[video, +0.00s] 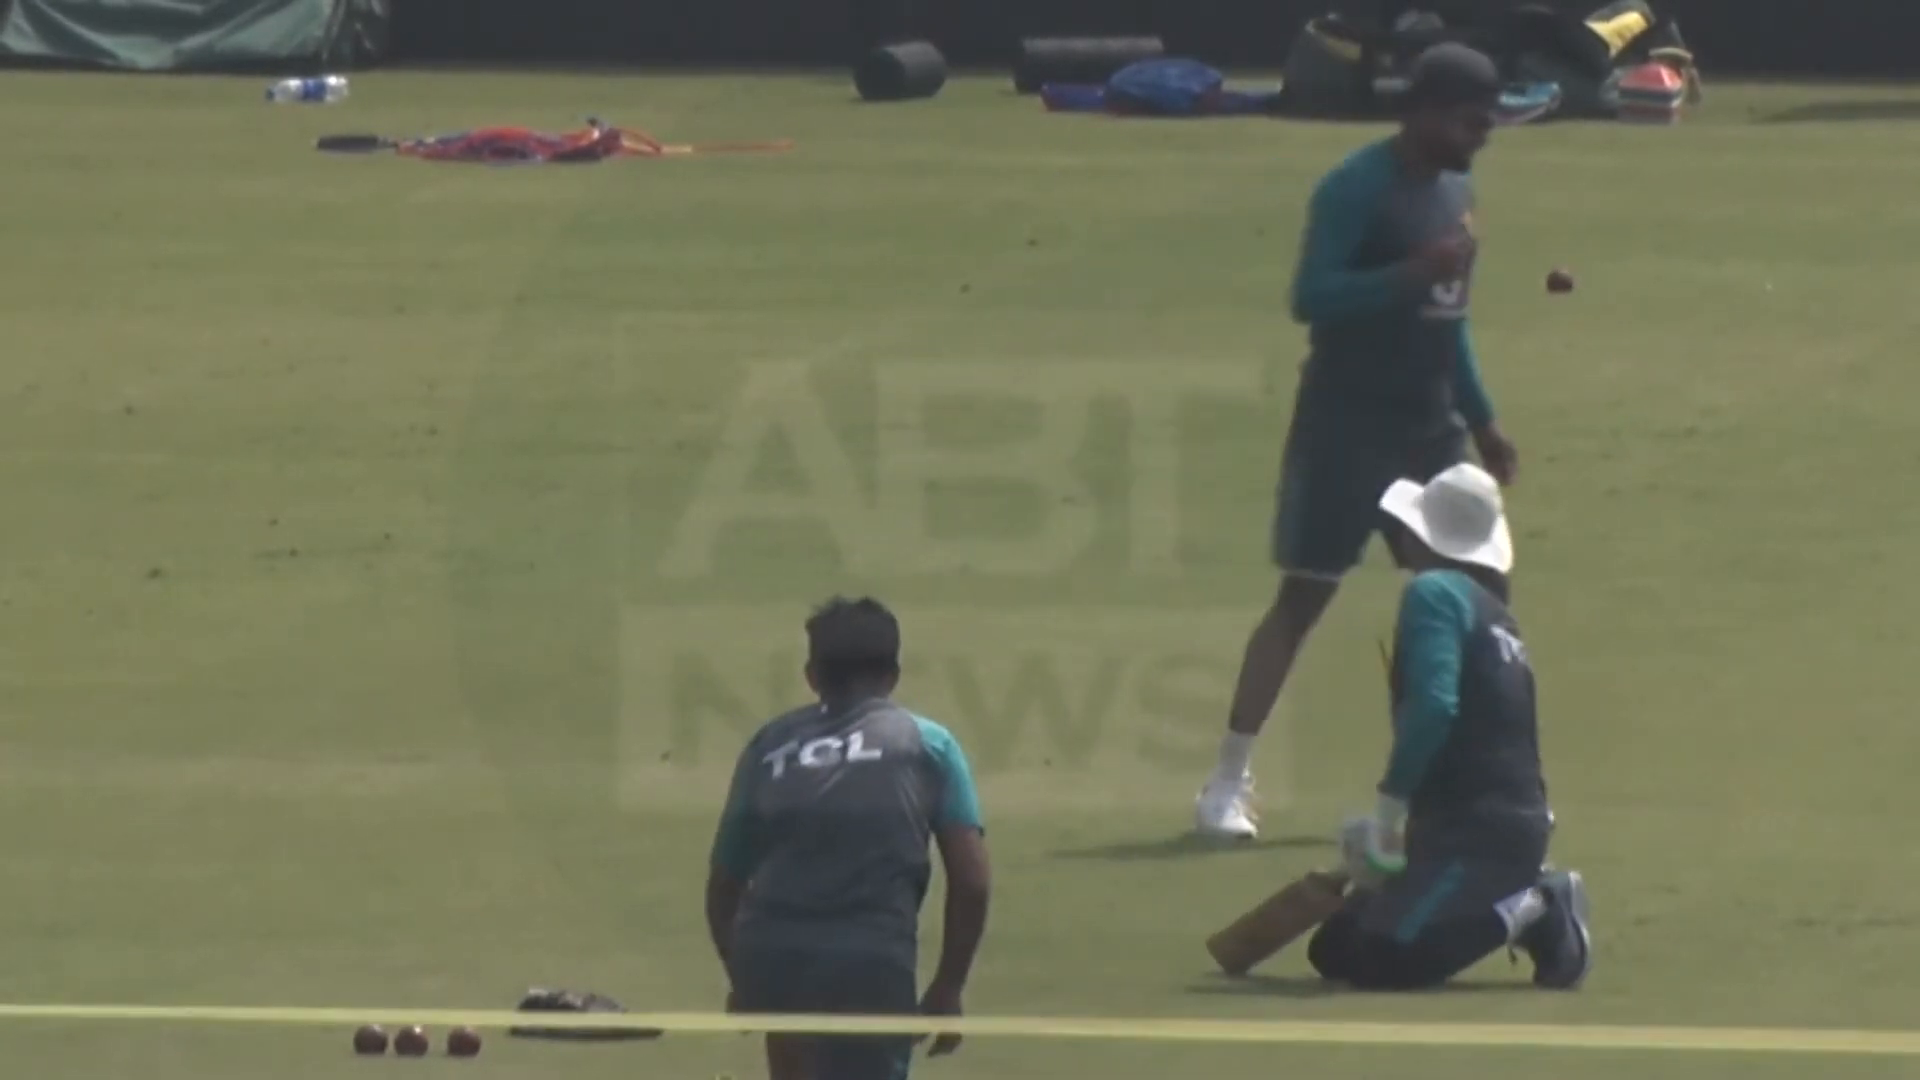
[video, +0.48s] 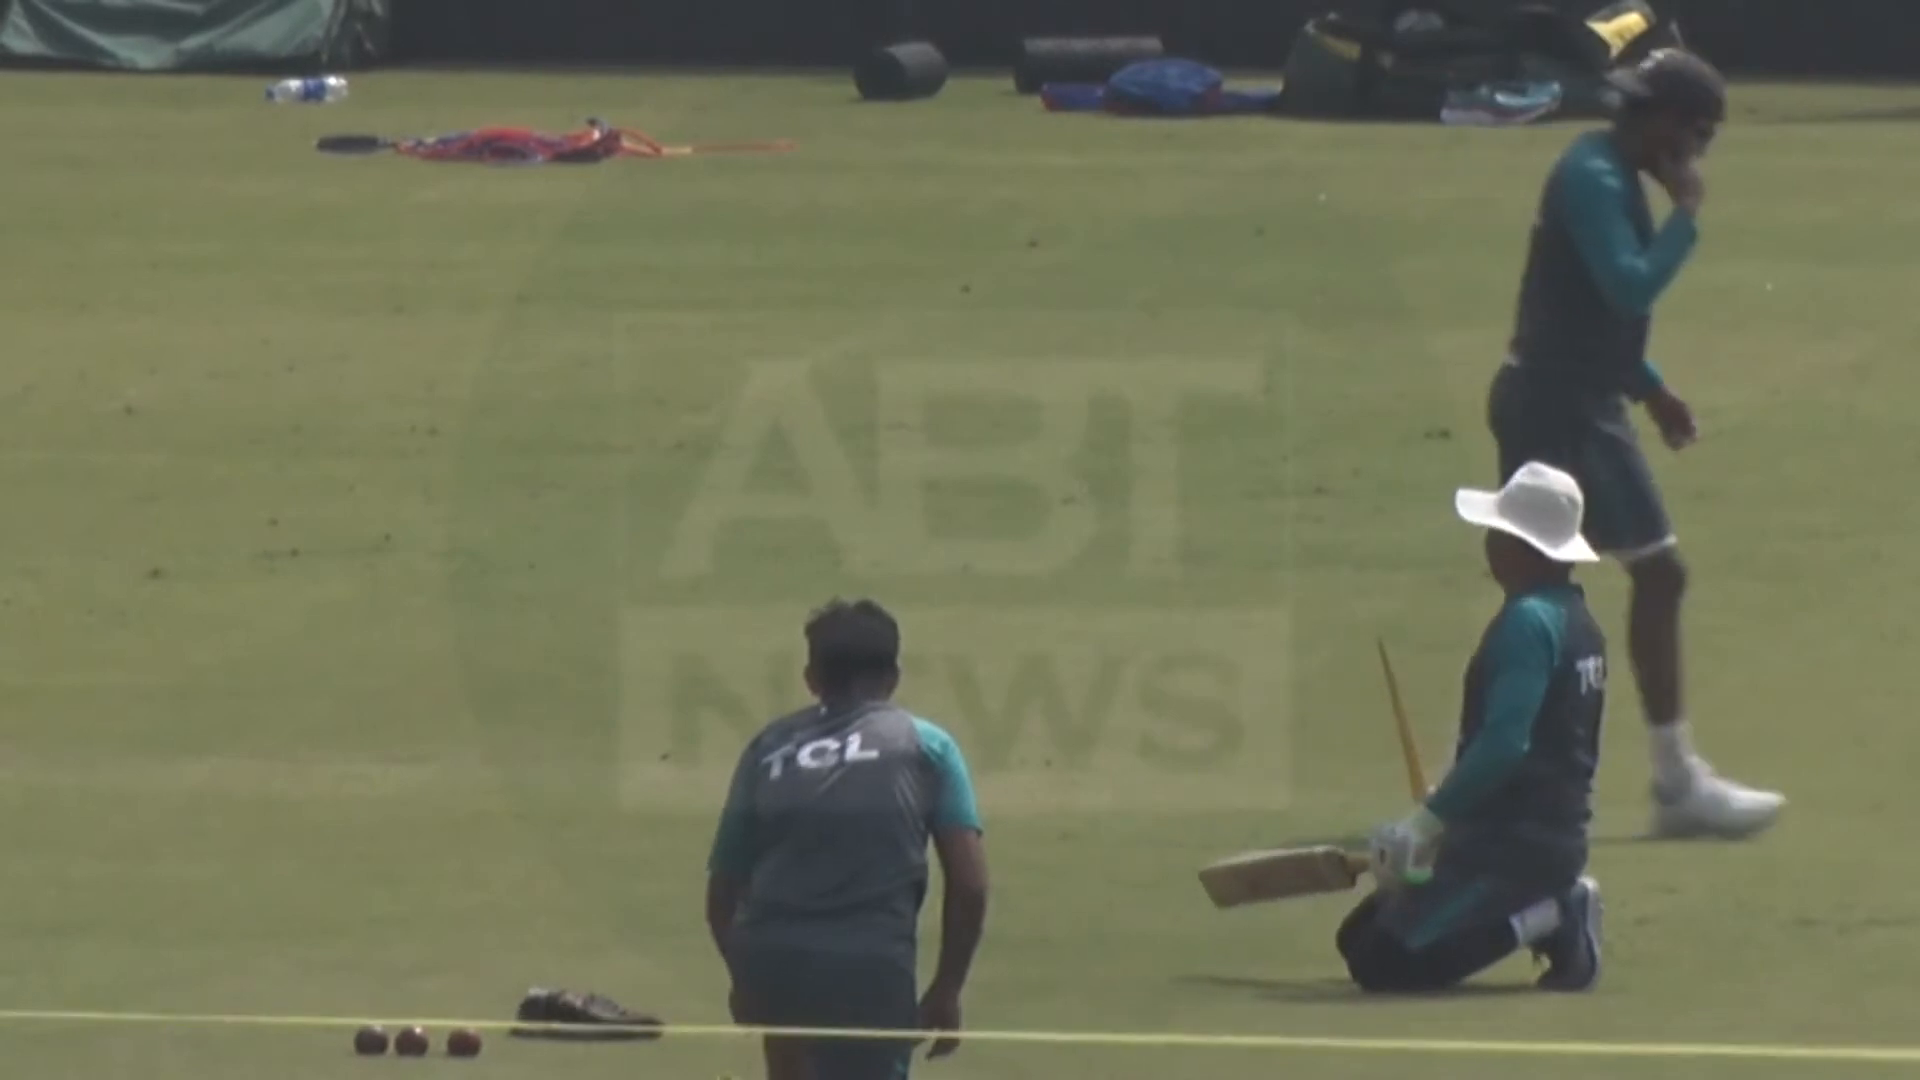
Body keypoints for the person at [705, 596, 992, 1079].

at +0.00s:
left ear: (812, 676)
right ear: (893, 676)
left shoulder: (769, 743)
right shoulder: (930, 743)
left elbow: (722, 892)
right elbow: (972, 882)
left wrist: (743, 979)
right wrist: (947, 991)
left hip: (773, 960)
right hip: (871, 964)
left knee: (792, 1065)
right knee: (873, 1068)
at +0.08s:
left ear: (813, 676)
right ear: (894, 676)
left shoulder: (769, 744)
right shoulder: (929, 743)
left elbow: (721, 896)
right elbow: (972, 882)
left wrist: (743, 980)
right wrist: (947, 990)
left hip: (772, 961)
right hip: (870, 967)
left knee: (791, 1063)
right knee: (872, 1068)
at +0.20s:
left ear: (811, 681)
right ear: (893, 679)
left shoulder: (768, 748)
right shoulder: (928, 743)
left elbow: (726, 906)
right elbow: (972, 883)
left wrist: (746, 993)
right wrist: (945, 992)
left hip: (771, 963)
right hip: (872, 966)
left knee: (789, 1069)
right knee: (873, 1069)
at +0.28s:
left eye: (805, 673)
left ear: (810, 683)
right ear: (891, 680)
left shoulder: (767, 751)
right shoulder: (927, 743)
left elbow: (736, 901)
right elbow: (971, 882)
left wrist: (751, 997)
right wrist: (946, 989)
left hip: (773, 970)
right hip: (872, 972)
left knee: (790, 1066)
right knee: (873, 1067)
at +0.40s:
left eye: (805, 670)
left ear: (810, 680)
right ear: (891, 678)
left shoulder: (767, 749)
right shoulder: (927, 744)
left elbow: (729, 903)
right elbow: (971, 883)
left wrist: (747, 993)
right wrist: (946, 992)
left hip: (771, 964)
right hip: (871, 967)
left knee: (789, 1068)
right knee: (872, 1069)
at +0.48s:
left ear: (812, 678)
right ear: (894, 678)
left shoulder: (768, 746)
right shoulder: (929, 745)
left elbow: (721, 901)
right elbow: (970, 885)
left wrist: (746, 978)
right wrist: (946, 992)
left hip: (773, 967)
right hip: (870, 972)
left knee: (789, 1061)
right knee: (872, 1068)